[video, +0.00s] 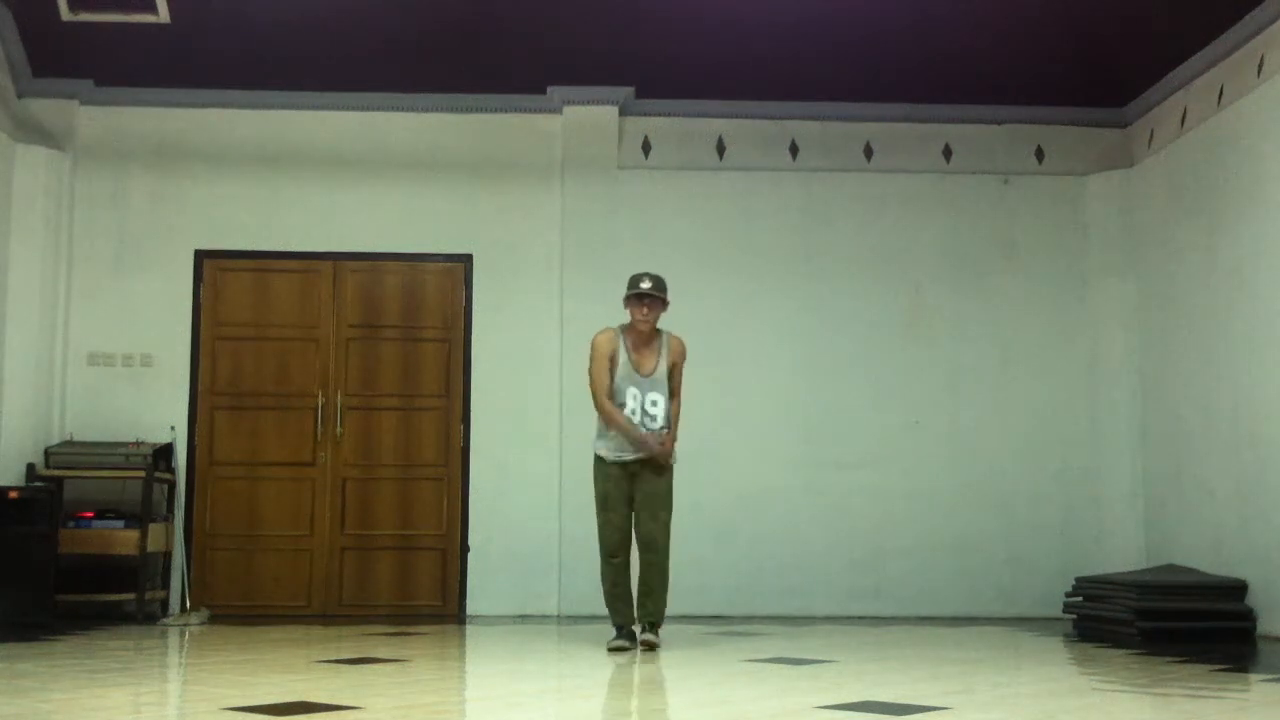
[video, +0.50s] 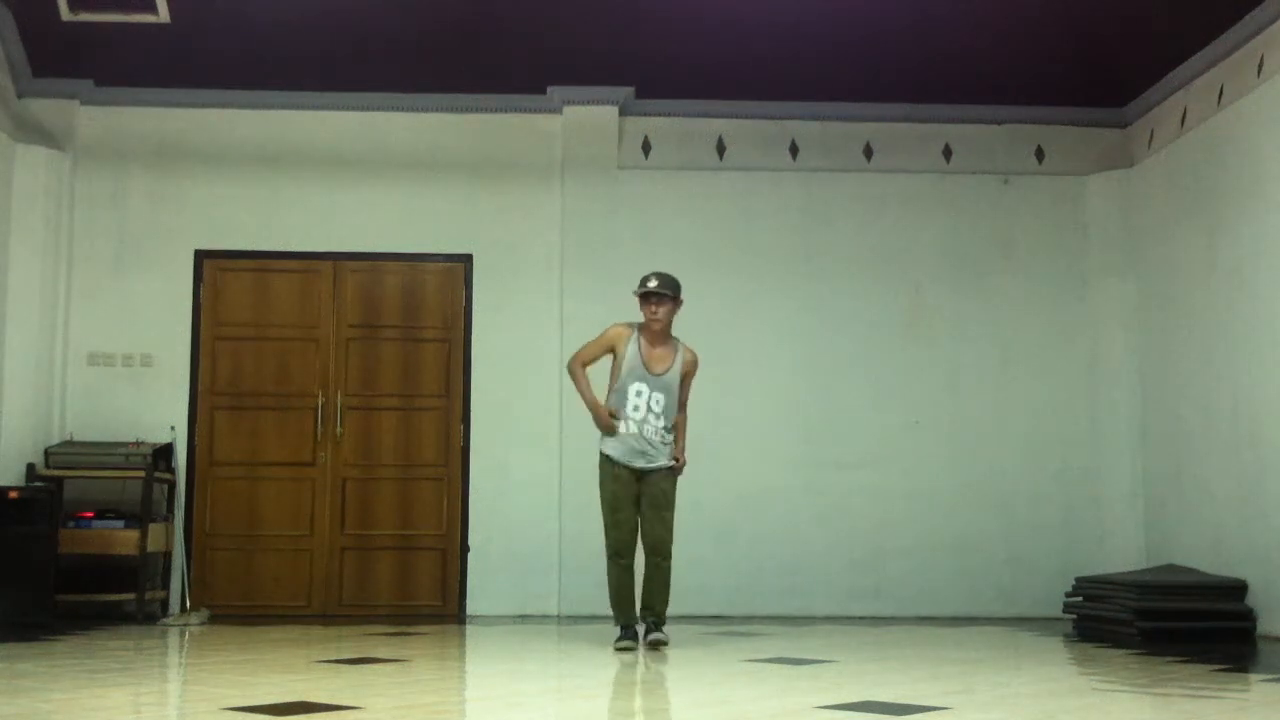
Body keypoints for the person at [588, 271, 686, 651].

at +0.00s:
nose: (644, 308)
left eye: (652, 302)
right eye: (637, 301)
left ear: (663, 307)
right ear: (627, 304)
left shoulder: (673, 347)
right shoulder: (606, 342)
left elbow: (674, 399)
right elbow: (601, 401)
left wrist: (669, 439)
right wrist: (639, 438)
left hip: (655, 460)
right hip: (612, 460)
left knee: (654, 542)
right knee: (614, 546)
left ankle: (650, 625)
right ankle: (622, 627)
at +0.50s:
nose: (653, 306)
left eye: (661, 300)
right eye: (647, 299)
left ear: (676, 306)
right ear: (639, 304)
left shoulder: (686, 358)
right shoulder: (621, 335)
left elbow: (681, 409)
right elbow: (576, 363)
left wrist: (679, 447)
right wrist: (594, 407)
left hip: (661, 464)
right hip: (617, 459)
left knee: (659, 548)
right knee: (620, 547)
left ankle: (654, 623)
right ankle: (626, 626)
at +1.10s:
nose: (617, 306)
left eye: (623, 298)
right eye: (616, 300)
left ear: (647, 300)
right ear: (623, 304)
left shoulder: (678, 338)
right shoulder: (619, 344)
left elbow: (710, 384)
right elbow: (607, 396)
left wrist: (670, 376)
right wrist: (583, 442)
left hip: (665, 466)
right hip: (621, 464)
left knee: (661, 549)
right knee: (618, 546)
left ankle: (656, 627)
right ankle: (627, 625)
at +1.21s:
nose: (613, 309)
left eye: (619, 301)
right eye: (612, 303)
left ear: (642, 303)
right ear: (619, 308)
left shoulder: (673, 337)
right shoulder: (615, 353)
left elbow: (705, 380)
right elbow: (604, 411)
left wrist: (662, 389)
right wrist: (586, 460)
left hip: (659, 466)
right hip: (617, 466)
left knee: (655, 546)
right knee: (619, 548)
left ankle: (655, 626)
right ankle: (630, 626)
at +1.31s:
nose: (613, 313)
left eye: (620, 305)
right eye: (611, 307)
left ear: (642, 308)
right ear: (612, 311)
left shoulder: (667, 338)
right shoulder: (609, 362)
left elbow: (694, 385)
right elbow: (601, 422)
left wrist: (667, 420)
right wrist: (586, 475)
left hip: (654, 466)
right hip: (614, 469)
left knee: (644, 540)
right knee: (616, 546)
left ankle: (652, 620)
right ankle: (629, 625)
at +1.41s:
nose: (617, 309)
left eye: (624, 302)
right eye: (614, 303)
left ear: (643, 305)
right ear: (610, 307)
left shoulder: (665, 338)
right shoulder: (603, 357)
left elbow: (675, 395)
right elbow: (598, 416)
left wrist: (678, 449)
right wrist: (590, 466)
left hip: (654, 460)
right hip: (613, 462)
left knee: (645, 539)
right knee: (619, 544)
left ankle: (641, 620)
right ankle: (628, 624)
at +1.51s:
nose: (625, 304)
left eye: (633, 298)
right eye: (619, 298)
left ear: (647, 304)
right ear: (611, 304)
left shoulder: (667, 345)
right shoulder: (598, 353)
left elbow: (676, 402)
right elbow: (593, 406)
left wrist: (681, 455)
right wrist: (593, 452)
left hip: (657, 462)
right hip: (614, 463)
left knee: (649, 539)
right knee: (620, 544)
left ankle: (641, 615)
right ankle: (628, 622)